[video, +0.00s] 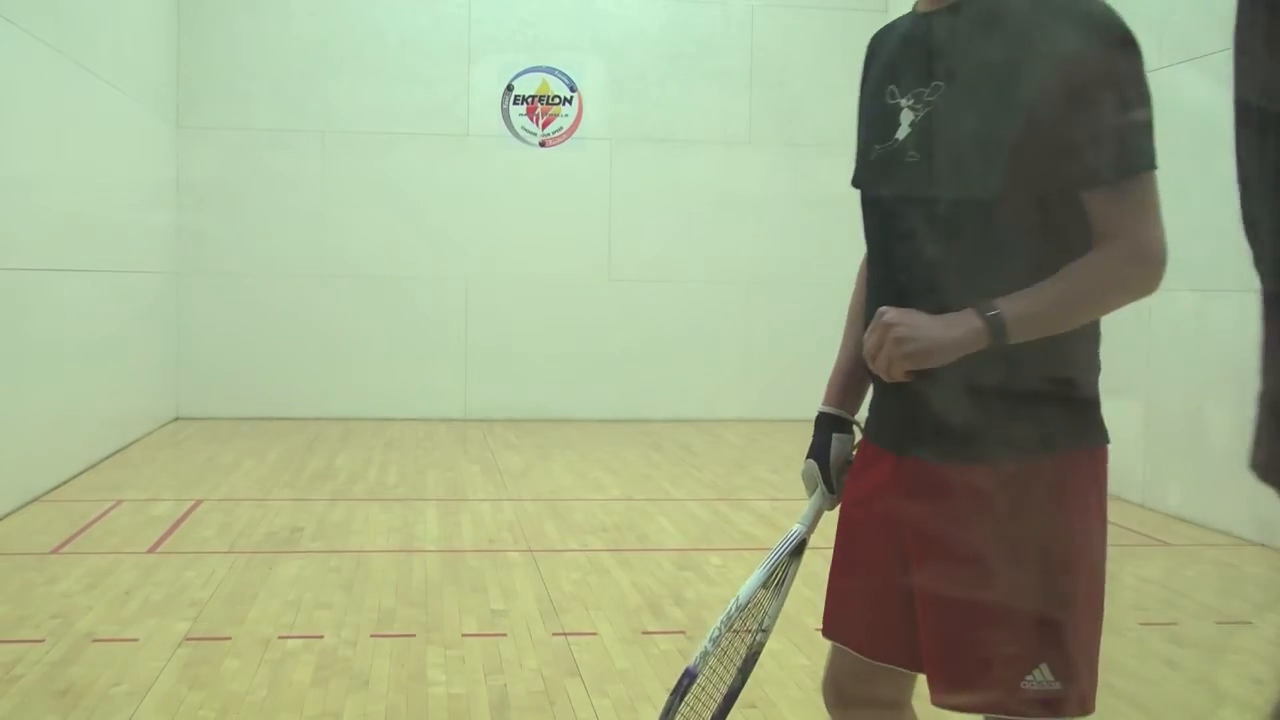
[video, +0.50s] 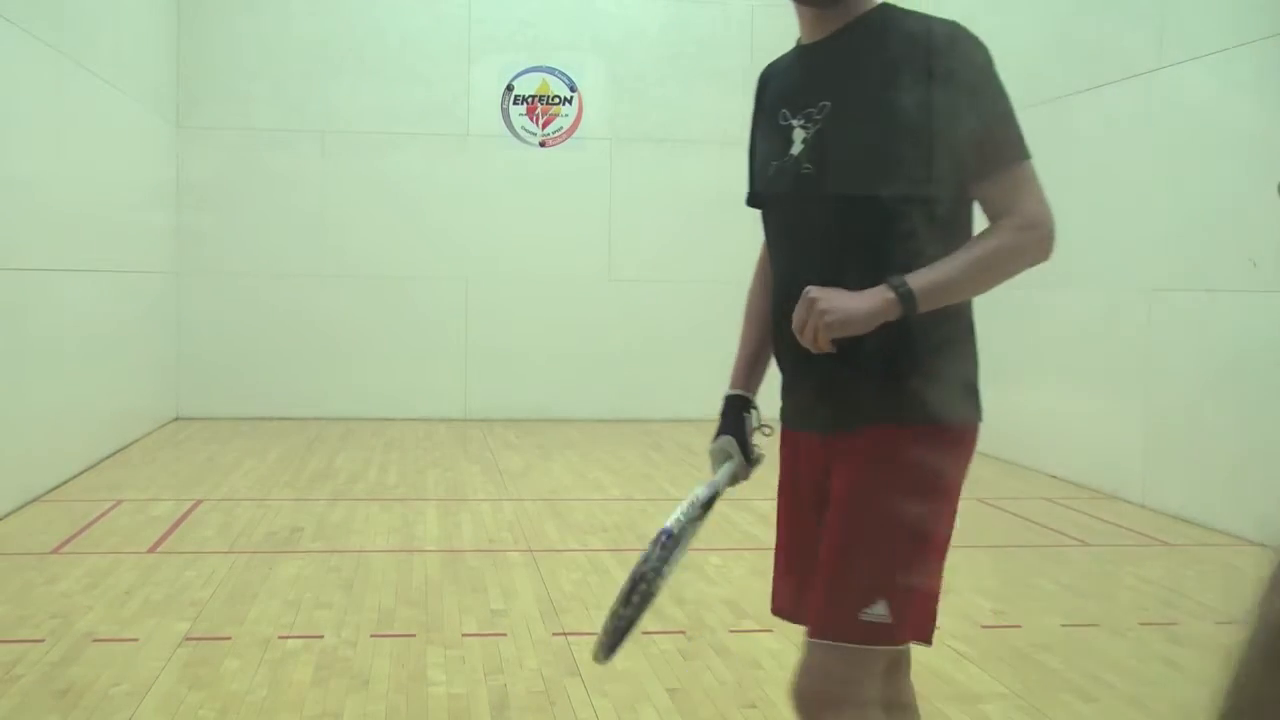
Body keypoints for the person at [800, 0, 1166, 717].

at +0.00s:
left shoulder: (1080, 36)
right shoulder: (891, 50)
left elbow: (1136, 256)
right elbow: (889, 254)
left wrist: (970, 328)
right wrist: (836, 412)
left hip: (1028, 444)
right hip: (903, 434)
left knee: (1031, 707)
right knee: (859, 691)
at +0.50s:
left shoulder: (941, 53)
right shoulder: (779, 82)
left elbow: (1029, 228)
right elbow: (782, 251)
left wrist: (884, 299)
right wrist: (739, 397)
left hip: (910, 414)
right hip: (816, 413)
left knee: (829, 691)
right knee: (882, 685)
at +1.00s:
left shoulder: (757, 73)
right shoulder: (668, 74)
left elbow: (831, 259)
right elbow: (680, 254)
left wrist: (675, 343)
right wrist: (624, 379)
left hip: (719, 410)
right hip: (666, 404)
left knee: (649, 666)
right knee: (680, 653)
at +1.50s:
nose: (512, 9)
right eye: (517, 1)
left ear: (539, 5)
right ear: (603, 9)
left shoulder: (578, 83)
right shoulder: (647, 91)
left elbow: (566, 247)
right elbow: (629, 274)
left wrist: (452, 300)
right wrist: (540, 405)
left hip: (576, 406)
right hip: (623, 399)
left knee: (570, 632)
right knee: (561, 620)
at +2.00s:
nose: (563, 42)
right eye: (571, 33)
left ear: (504, 33)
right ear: (577, 42)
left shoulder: (450, 114)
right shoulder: (612, 121)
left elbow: (406, 252)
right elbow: (650, 265)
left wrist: (456, 209)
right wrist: (652, 374)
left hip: (474, 383)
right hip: (575, 384)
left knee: (447, 570)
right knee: (553, 599)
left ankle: (426, 714)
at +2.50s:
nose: (560, 96)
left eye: (557, 86)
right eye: (562, 86)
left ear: (493, 75)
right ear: (551, 81)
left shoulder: (430, 130)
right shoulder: (556, 141)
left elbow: (389, 247)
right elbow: (578, 261)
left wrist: (437, 299)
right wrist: (598, 348)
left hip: (439, 364)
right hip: (522, 368)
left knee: (445, 537)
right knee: (525, 525)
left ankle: (451, 704)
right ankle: (505, 686)